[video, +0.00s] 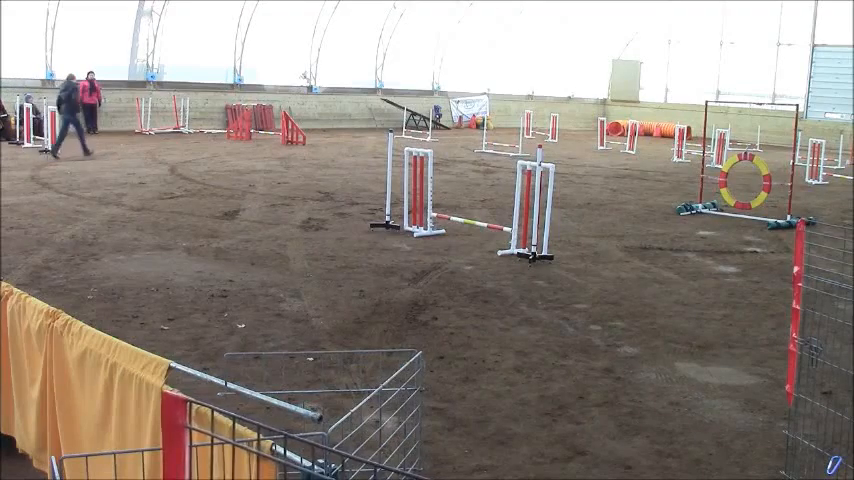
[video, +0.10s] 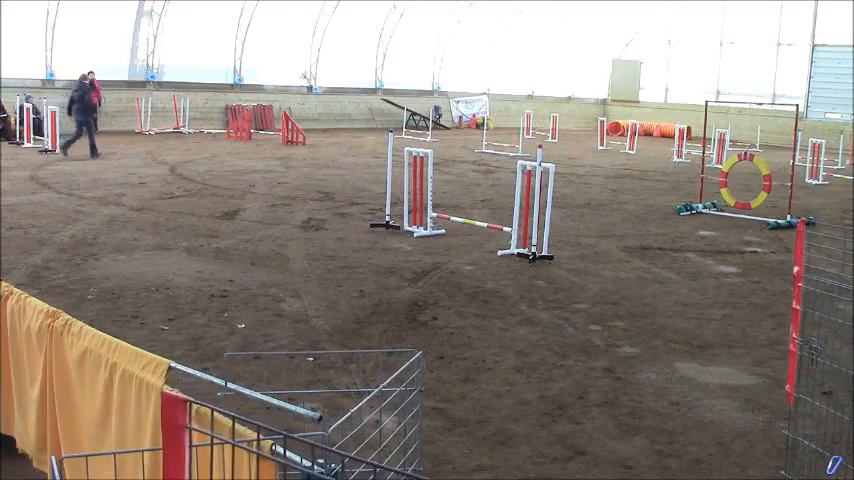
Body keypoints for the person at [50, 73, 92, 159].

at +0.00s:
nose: (75, 81)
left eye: (74, 79)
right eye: (74, 79)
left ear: (67, 79)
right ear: (73, 79)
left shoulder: (63, 86)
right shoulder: (74, 87)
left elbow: (59, 98)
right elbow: (74, 99)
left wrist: (59, 109)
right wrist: (77, 108)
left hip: (64, 112)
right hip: (71, 112)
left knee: (63, 132)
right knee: (80, 130)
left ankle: (55, 149)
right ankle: (85, 150)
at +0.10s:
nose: (87, 82)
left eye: (87, 81)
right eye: (87, 81)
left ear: (80, 80)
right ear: (85, 81)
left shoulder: (77, 87)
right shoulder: (85, 88)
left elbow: (72, 98)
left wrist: (69, 110)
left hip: (79, 114)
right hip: (85, 114)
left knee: (78, 133)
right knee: (91, 133)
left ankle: (65, 146)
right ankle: (93, 152)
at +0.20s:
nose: (99, 86)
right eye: (98, 85)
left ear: (90, 85)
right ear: (98, 85)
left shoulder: (86, 93)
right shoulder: (99, 93)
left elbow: (82, 105)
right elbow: (105, 104)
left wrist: (78, 113)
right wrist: (111, 113)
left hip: (88, 117)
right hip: (96, 117)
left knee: (92, 134)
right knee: (99, 135)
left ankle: (84, 146)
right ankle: (95, 152)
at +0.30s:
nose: (111, 83)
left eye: (109, 81)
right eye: (110, 81)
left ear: (103, 81)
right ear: (110, 82)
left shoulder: (99, 90)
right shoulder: (112, 90)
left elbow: (94, 102)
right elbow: (117, 101)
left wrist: (89, 113)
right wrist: (123, 109)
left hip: (100, 114)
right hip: (108, 114)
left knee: (111, 131)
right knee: (104, 133)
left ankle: (109, 149)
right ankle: (96, 151)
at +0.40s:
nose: (121, 82)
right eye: (121, 81)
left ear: (114, 81)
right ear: (121, 81)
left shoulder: (111, 90)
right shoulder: (124, 90)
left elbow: (106, 100)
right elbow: (129, 99)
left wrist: (102, 110)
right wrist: (131, 106)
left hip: (113, 112)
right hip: (121, 112)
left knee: (121, 131)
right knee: (114, 132)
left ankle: (127, 148)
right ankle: (101, 146)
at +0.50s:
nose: (133, 84)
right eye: (132, 82)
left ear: (125, 82)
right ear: (132, 83)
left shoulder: (122, 90)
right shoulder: (134, 91)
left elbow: (118, 102)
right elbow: (139, 102)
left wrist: (114, 113)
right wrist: (142, 111)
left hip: (123, 114)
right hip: (131, 114)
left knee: (131, 133)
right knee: (131, 133)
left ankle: (132, 150)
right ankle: (116, 142)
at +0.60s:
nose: (143, 84)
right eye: (143, 83)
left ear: (137, 82)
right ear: (143, 83)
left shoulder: (134, 90)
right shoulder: (145, 91)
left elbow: (130, 102)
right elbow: (147, 104)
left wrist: (127, 112)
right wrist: (151, 113)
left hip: (134, 115)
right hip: (142, 116)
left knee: (138, 132)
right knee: (147, 132)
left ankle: (134, 147)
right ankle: (136, 146)